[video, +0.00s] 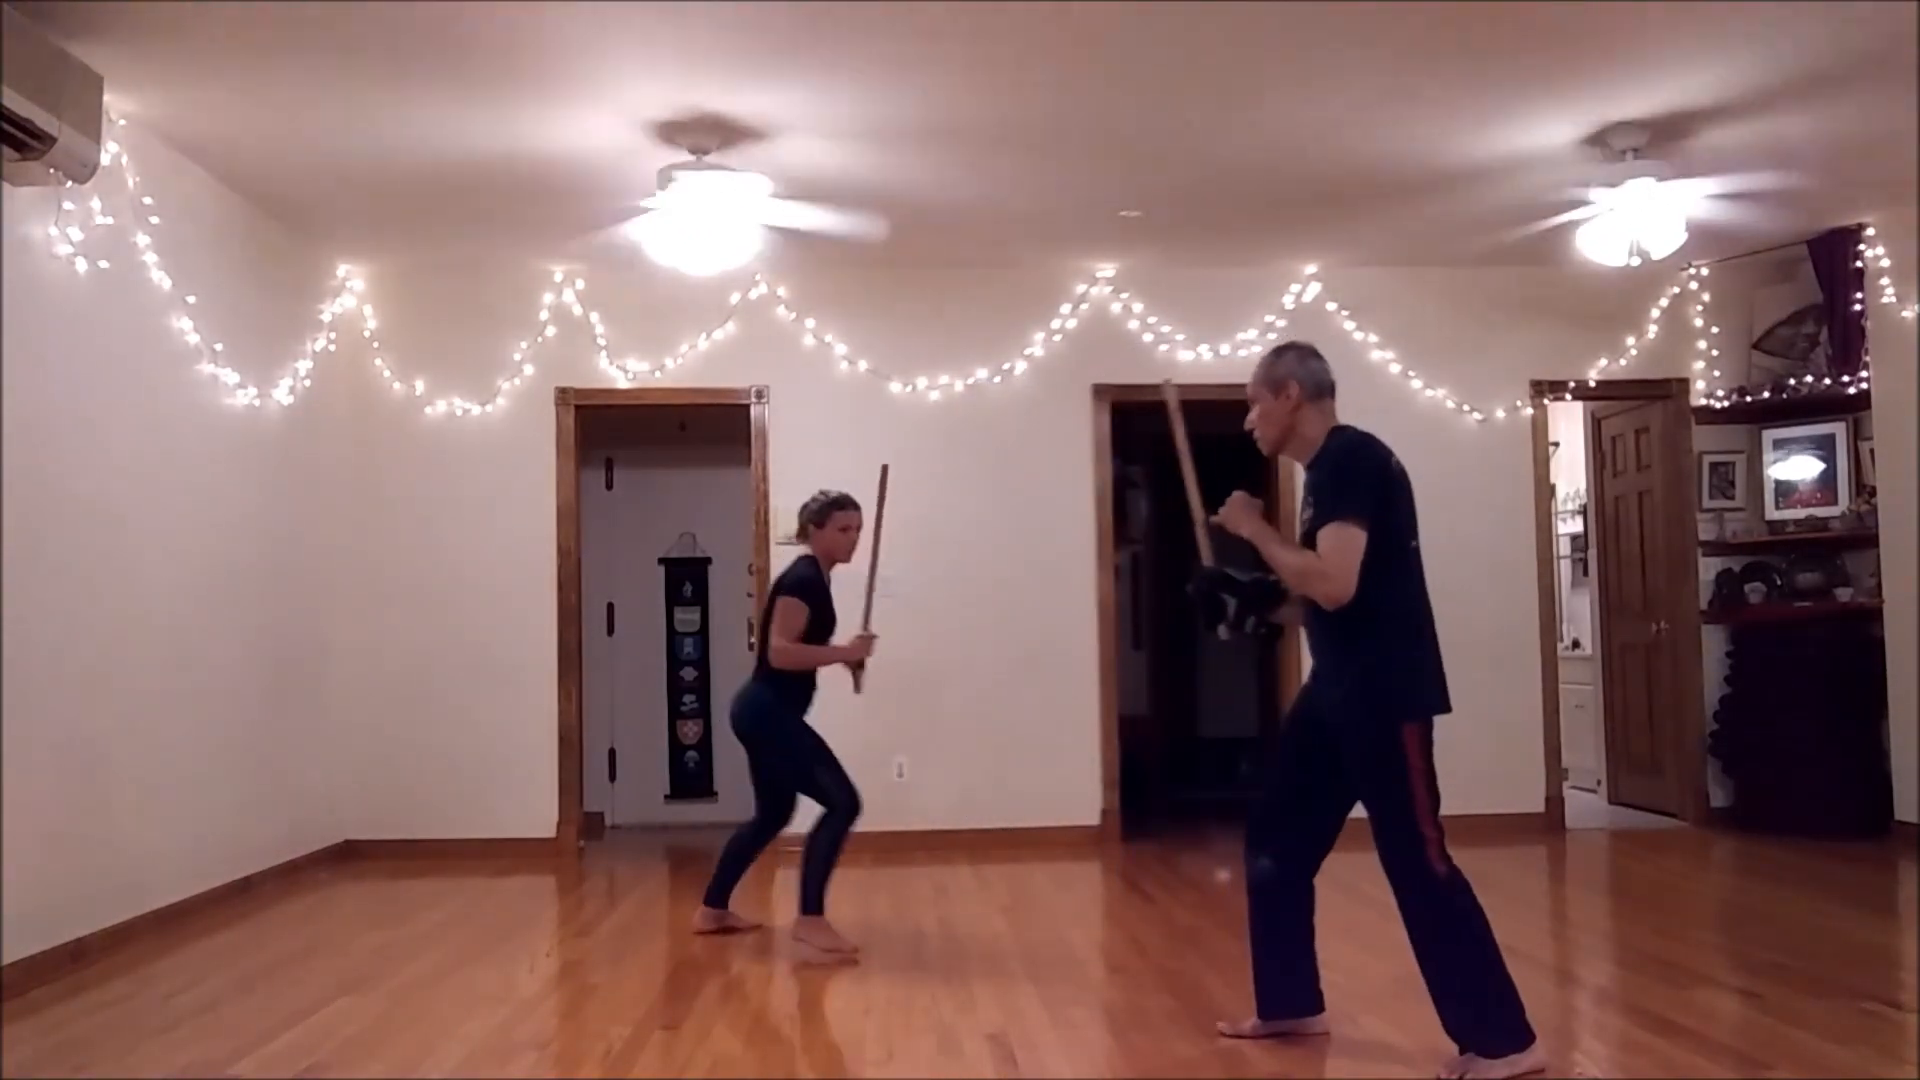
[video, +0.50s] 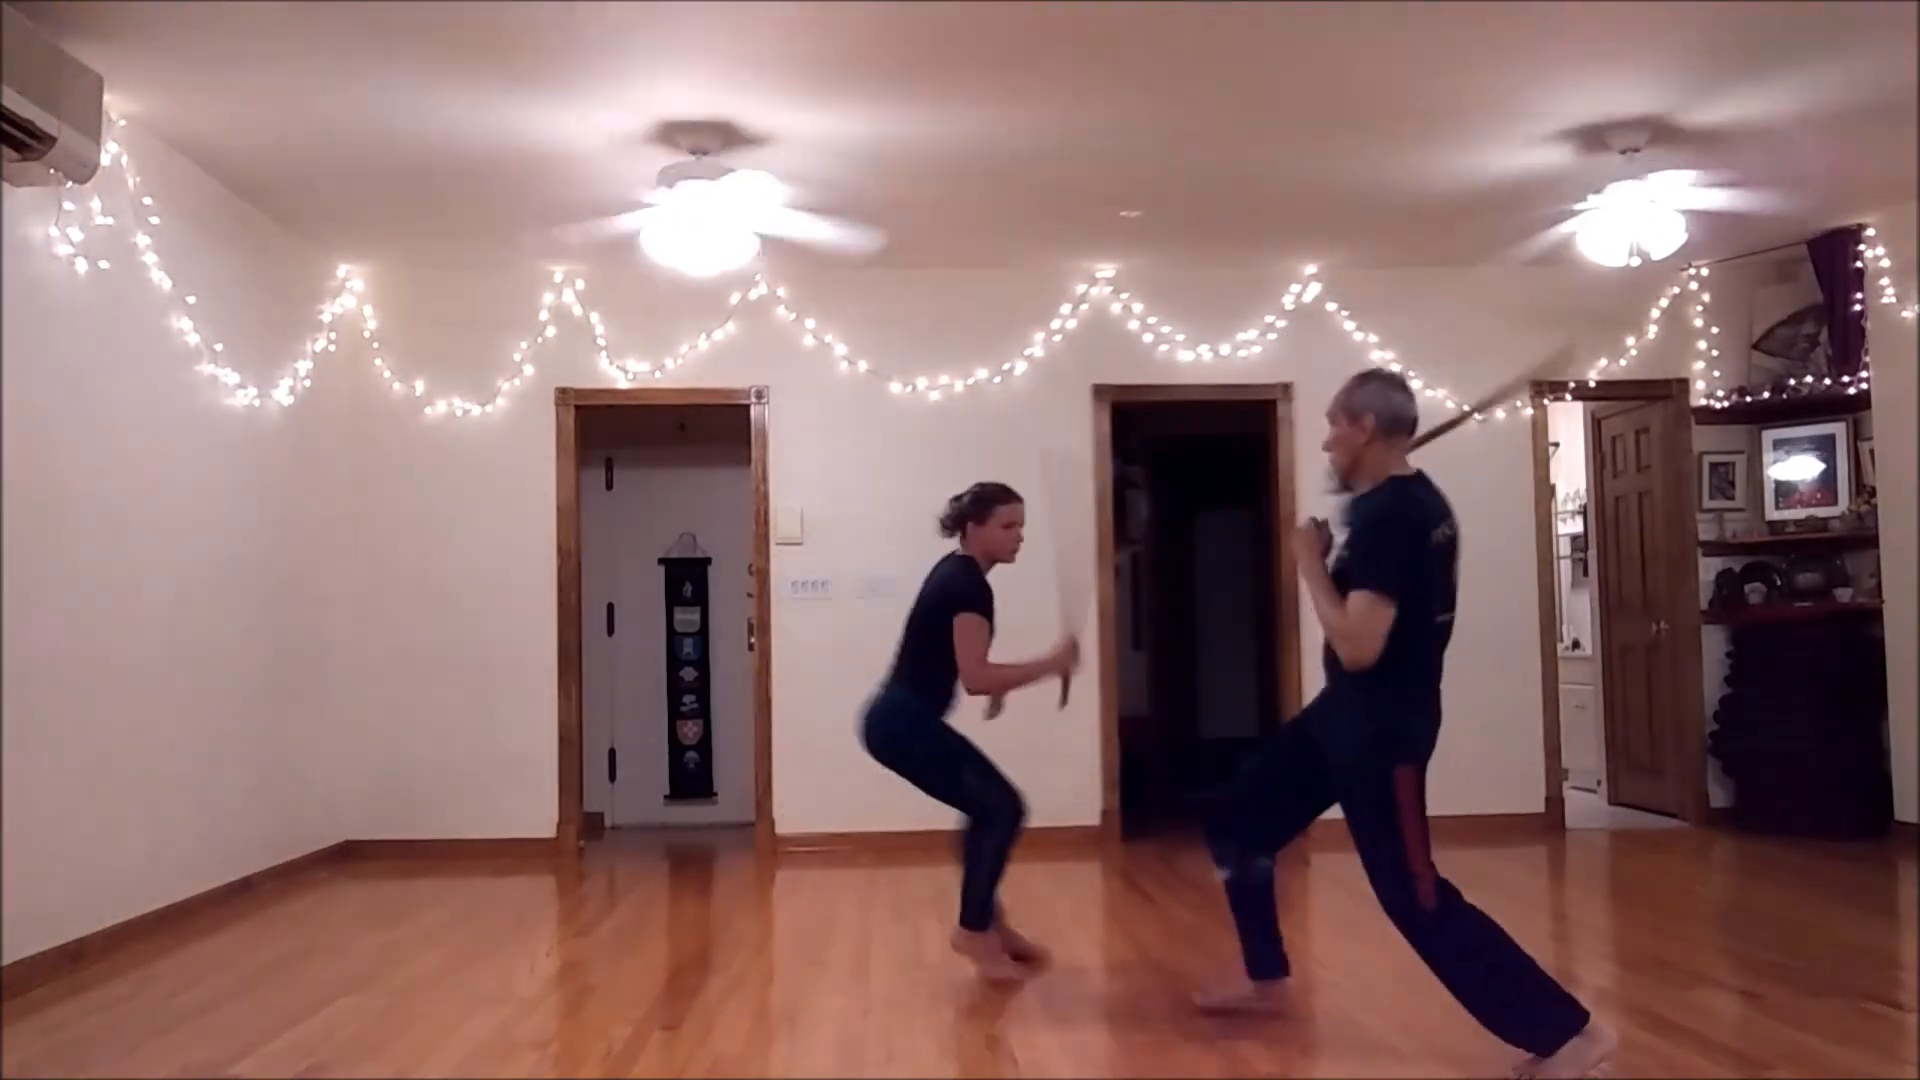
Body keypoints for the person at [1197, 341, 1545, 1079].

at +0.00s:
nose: (1250, 422)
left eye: (1255, 405)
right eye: (1249, 406)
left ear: (1292, 396)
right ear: (1298, 397)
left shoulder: (1352, 458)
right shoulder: (1323, 473)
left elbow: (1335, 582)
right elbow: (1333, 592)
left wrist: (1259, 532)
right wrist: (1270, 604)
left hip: (1386, 697)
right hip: (1338, 696)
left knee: (1420, 862)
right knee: (1277, 843)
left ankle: (1503, 1041)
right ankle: (1290, 1008)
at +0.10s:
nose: (1254, 421)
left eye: (1260, 404)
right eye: (1253, 406)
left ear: (1297, 397)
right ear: (1304, 398)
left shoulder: (1353, 460)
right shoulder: (1326, 473)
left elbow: (1328, 584)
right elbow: (1333, 599)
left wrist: (1255, 533)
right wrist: (1261, 610)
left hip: (1388, 694)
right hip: (1341, 693)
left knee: (1414, 861)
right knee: (1279, 841)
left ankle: (1506, 1035)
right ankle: (1288, 1006)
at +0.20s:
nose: (1272, 420)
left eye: (1277, 404)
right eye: (1272, 405)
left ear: (1314, 397)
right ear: (1323, 396)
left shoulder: (1364, 461)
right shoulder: (1362, 464)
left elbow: (1325, 592)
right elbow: (1350, 588)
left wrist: (1262, 530)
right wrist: (1285, 551)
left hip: (1393, 697)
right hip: (1348, 694)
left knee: (1419, 859)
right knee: (1277, 840)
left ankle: (1542, 1014)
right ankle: (1289, 1002)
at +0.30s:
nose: (1306, 421)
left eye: (1314, 406)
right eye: (1306, 407)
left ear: (1352, 405)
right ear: (1365, 405)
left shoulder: (1377, 482)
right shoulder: (1414, 473)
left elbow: (1332, 612)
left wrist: (1282, 531)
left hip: (1387, 702)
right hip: (1363, 695)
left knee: (1438, 867)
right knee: (1260, 813)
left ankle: (1570, 1032)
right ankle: (1285, 995)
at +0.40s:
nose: (1324, 435)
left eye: (1332, 420)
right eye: (1325, 421)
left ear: (1367, 421)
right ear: (1382, 422)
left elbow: (1351, 637)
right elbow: (1451, 589)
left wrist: (1305, 559)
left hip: (1384, 717)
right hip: (1363, 706)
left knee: (1420, 885)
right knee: (1249, 816)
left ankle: (1570, 1033)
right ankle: (1276, 987)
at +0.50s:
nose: (1325, 439)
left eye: (1333, 424)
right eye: (1329, 424)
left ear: (1364, 430)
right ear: (1383, 431)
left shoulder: (1394, 511)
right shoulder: (1410, 499)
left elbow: (1358, 646)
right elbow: (1391, 625)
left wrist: (1311, 563)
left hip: (1382, 726)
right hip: (1351, 715)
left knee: (1416, 895)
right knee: (1238, 823)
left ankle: (1568, 1034)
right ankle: (1265, 977)